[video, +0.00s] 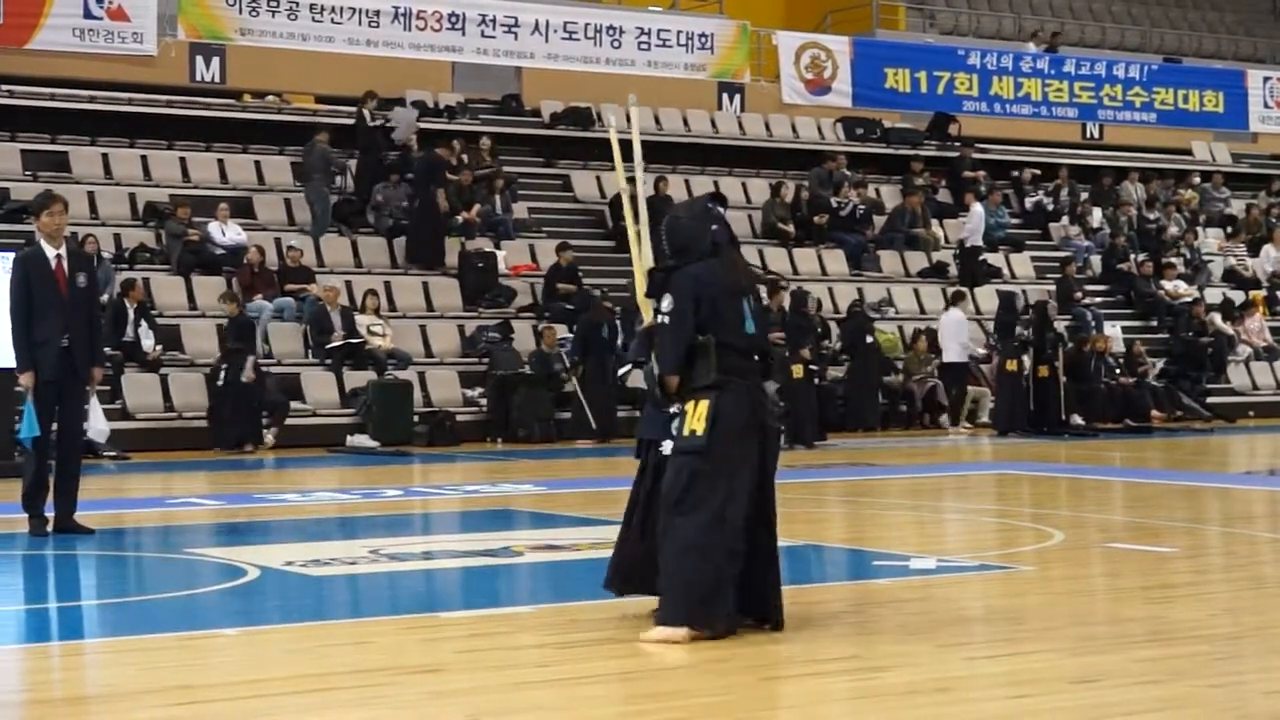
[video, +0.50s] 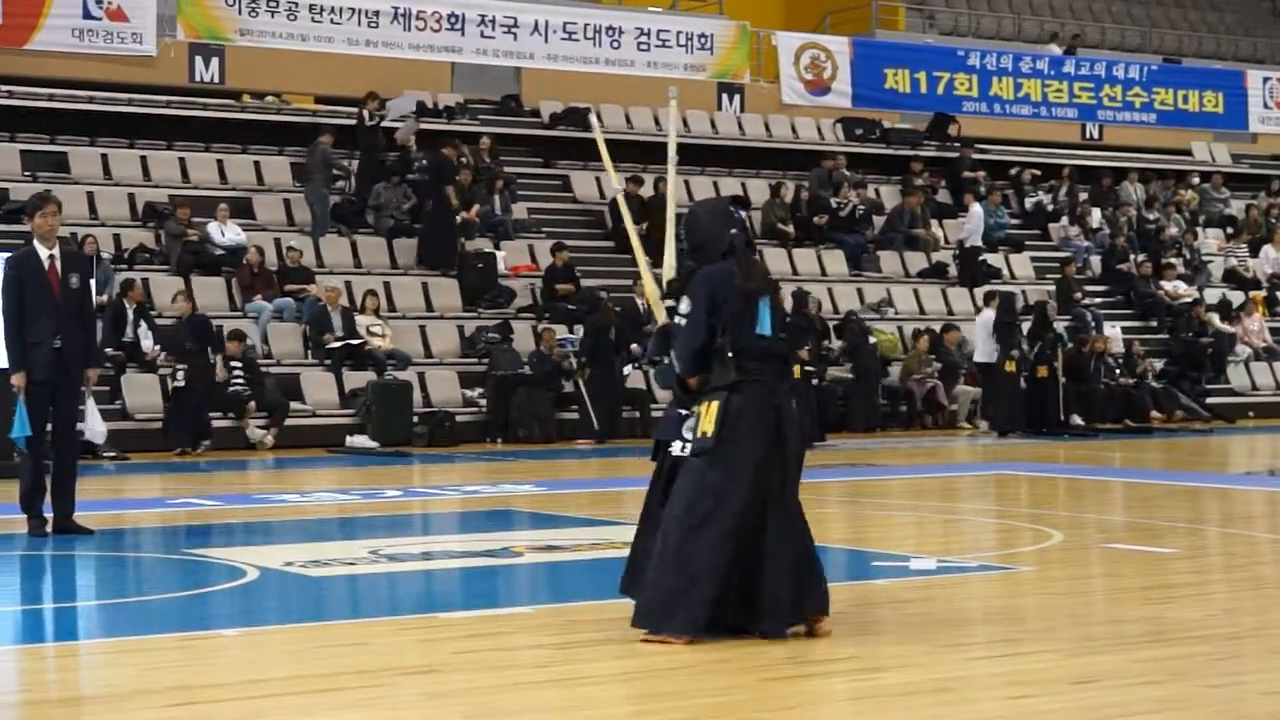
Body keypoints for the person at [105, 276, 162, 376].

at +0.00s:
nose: (142, 291)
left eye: (141, 288)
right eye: (139, 289)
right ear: (130, 293)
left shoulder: (142, 306)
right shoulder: (115, 305)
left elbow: (154, 327)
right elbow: (108, 327)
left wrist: (158, 348)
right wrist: (107, 346)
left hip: (136, 344)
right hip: (118, 344)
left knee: (154, 362)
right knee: (117, 360)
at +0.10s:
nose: (142, 292)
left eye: (141, 288)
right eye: (139, 289)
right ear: (130, 293)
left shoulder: (142, 306)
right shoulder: (114, 306)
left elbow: (154, 328)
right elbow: (108, 328)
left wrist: (157, 348)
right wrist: (108, 347)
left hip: (136, 344)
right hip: (118, 344)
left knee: (154, 362)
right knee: (117, 360)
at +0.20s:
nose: (142, 292)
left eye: (141, 289)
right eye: (139, 289)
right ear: (130, 293)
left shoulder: (141, 306)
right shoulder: (115, 306)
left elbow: (153, 327)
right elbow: (108, 327)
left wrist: (157, 347)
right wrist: (107, 347)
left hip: (135, 344)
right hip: (117, 344)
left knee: (154, 362)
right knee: (117, 360)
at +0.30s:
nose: (142, 292)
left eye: (141, 289)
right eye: (138, 289)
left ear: (132, 293)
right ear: (129, 293)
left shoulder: (141, 306)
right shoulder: (114, 306)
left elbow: (154, 327)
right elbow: (107, 328)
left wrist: (158, 348)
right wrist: (107, 348)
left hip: (135, 344)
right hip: (117, 345)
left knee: (154, 362)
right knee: (117, 361)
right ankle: (117, 394)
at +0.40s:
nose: (142, 292)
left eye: (141, 288)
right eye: (138, 289)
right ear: (129, 293)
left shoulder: (141, 307)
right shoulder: (114, 306)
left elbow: (154, 328)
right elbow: (107, 328)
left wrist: (157, 348)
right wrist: (108, 348)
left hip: (133, 345)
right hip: (116, 346)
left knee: (153, 362)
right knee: (119, 361)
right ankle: (115, 396)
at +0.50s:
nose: (142, 292)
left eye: (141, 289)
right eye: (138, 289)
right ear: (129, 293)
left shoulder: (141, 307)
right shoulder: (114, 306)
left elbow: (153, 327)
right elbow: (107, 327)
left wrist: (157, 348)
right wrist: (108, 348)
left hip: (133, 344)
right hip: (116, 345)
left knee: (151, 364)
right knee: (120, 361)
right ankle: (116, 396)